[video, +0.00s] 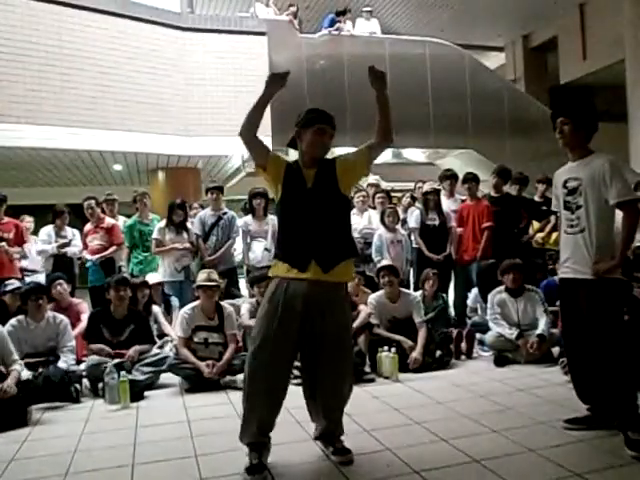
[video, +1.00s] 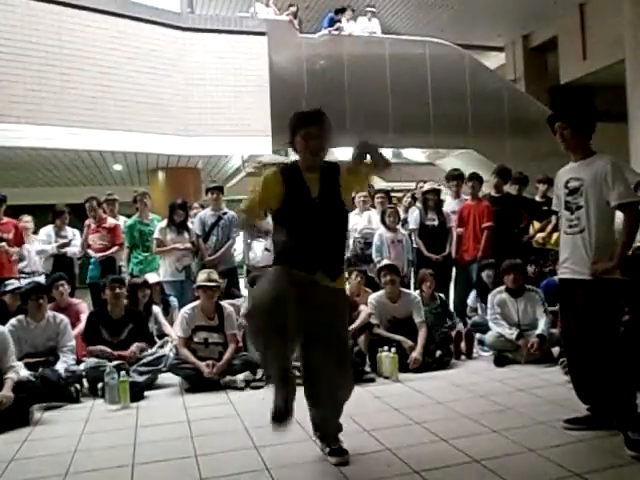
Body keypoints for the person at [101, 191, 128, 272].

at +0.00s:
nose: (110, 208)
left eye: (113, 204)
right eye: (107, 204)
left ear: (117, 205)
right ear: (103, 206)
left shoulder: (125, 222)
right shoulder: (101, 222)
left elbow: (129, 241)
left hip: (122, 259)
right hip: (105, 259)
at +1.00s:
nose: (92, 213)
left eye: (94, 210)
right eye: (89, 211)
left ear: (100, 208)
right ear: (87, 212)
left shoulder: (112, 224)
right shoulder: (88, 224)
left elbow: (119, 245)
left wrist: (102, 254)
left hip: (108, 259)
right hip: (93, 259)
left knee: (110, 290)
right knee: (94, 288)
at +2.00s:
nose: (92, 209)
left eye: (95, 206)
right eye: (89, 207)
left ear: (100, 207)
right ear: (87, 210)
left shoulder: (112, 224)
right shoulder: (87, 227)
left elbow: (118, 244)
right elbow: (84, 245)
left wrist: (101, 253)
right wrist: (84, 251)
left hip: (107, 259)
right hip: (91, 260)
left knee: (110, 291)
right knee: (94, 293)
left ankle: (112, 318)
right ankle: (98, 319)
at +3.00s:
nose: (87, 211)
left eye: (89, 208)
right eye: (85, 208)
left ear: (99, 207)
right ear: (85, 210)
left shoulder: (113, 224)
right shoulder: (87, 227)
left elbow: (119, 244)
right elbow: (85, 246)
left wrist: (101, 253)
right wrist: (84, 252)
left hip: (108, 260)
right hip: (93, 262)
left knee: (109, 295)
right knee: (96, 296)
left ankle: (112, 324)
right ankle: (101, 326)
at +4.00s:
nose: (93, 212)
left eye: (95, 209)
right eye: (91, 210)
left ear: (104, 209)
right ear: (89, 213)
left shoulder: (116, 226)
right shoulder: (90, 230)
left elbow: (122, 246)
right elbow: (88, 248)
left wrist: (104, 255)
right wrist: (87, 255)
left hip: (111, 261)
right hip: (95, 263)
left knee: (113, 294)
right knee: (99, 296)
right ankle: (104, 324)